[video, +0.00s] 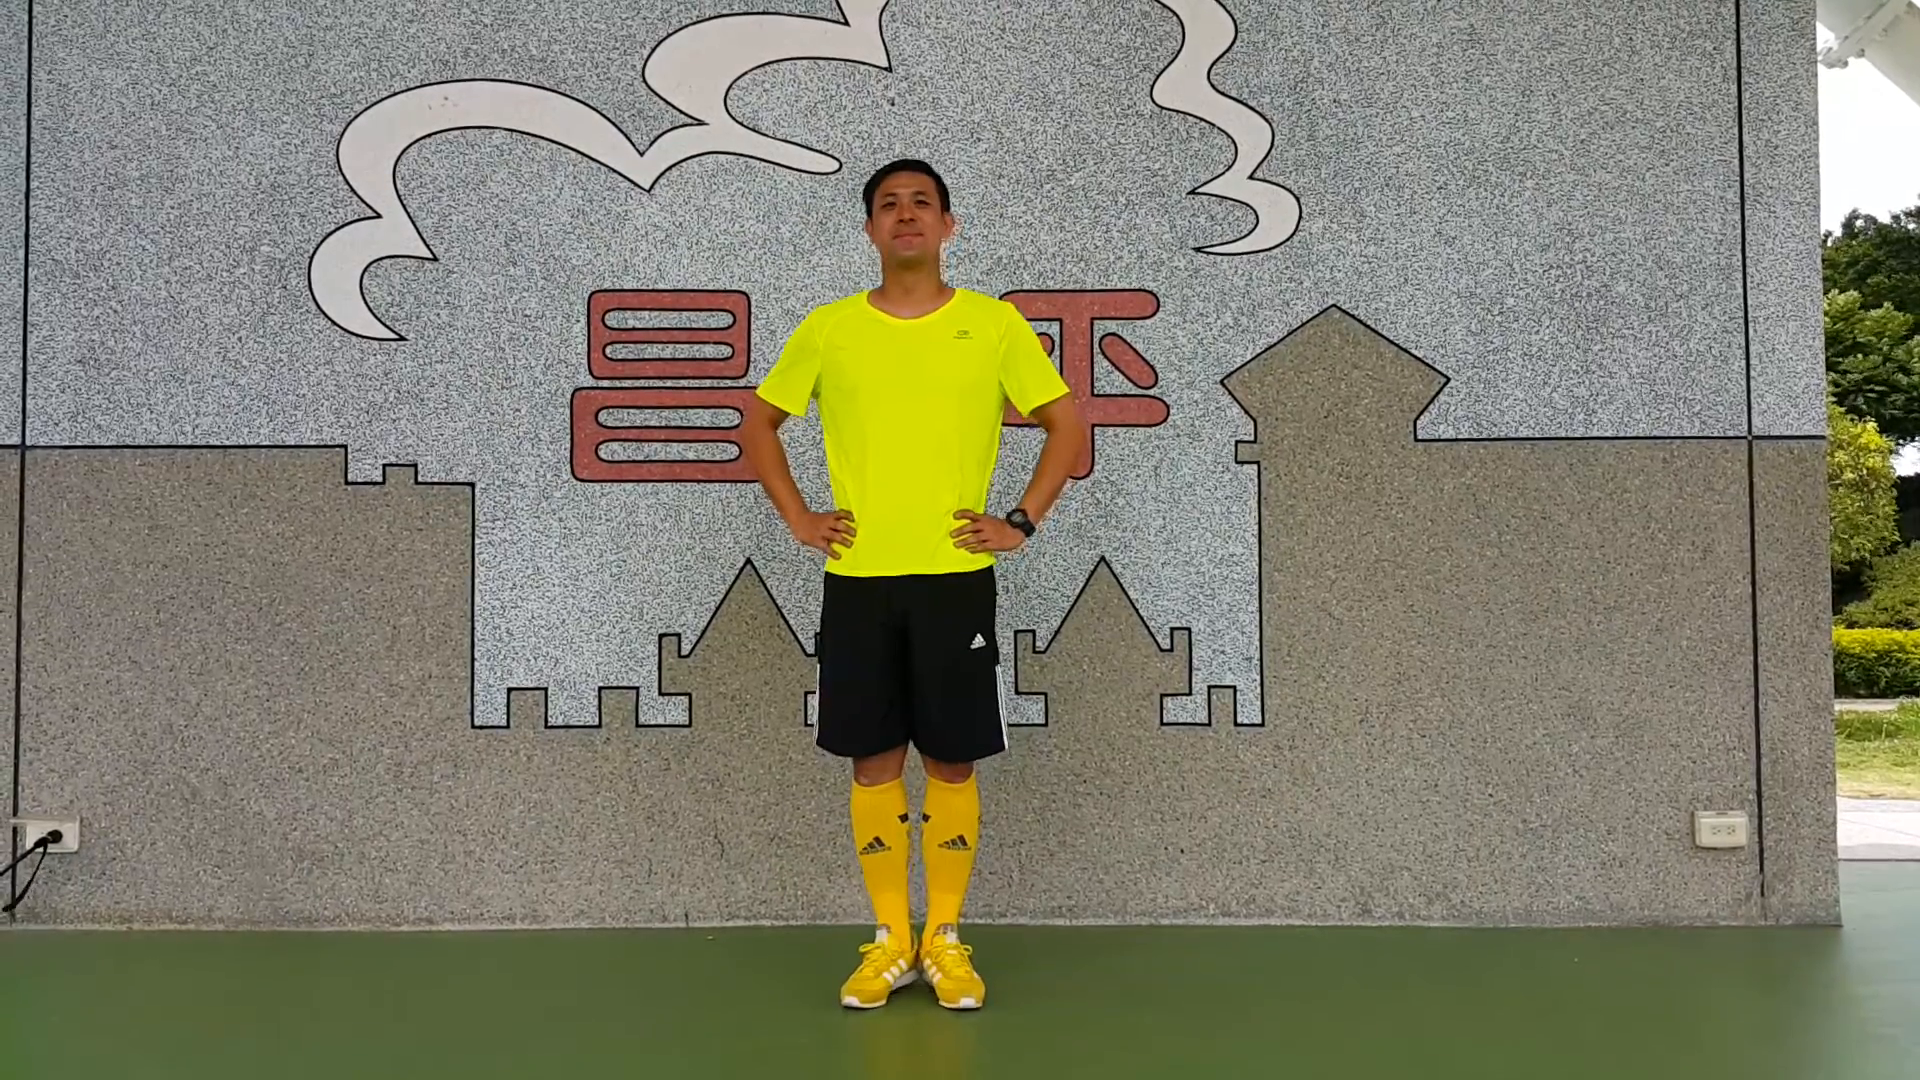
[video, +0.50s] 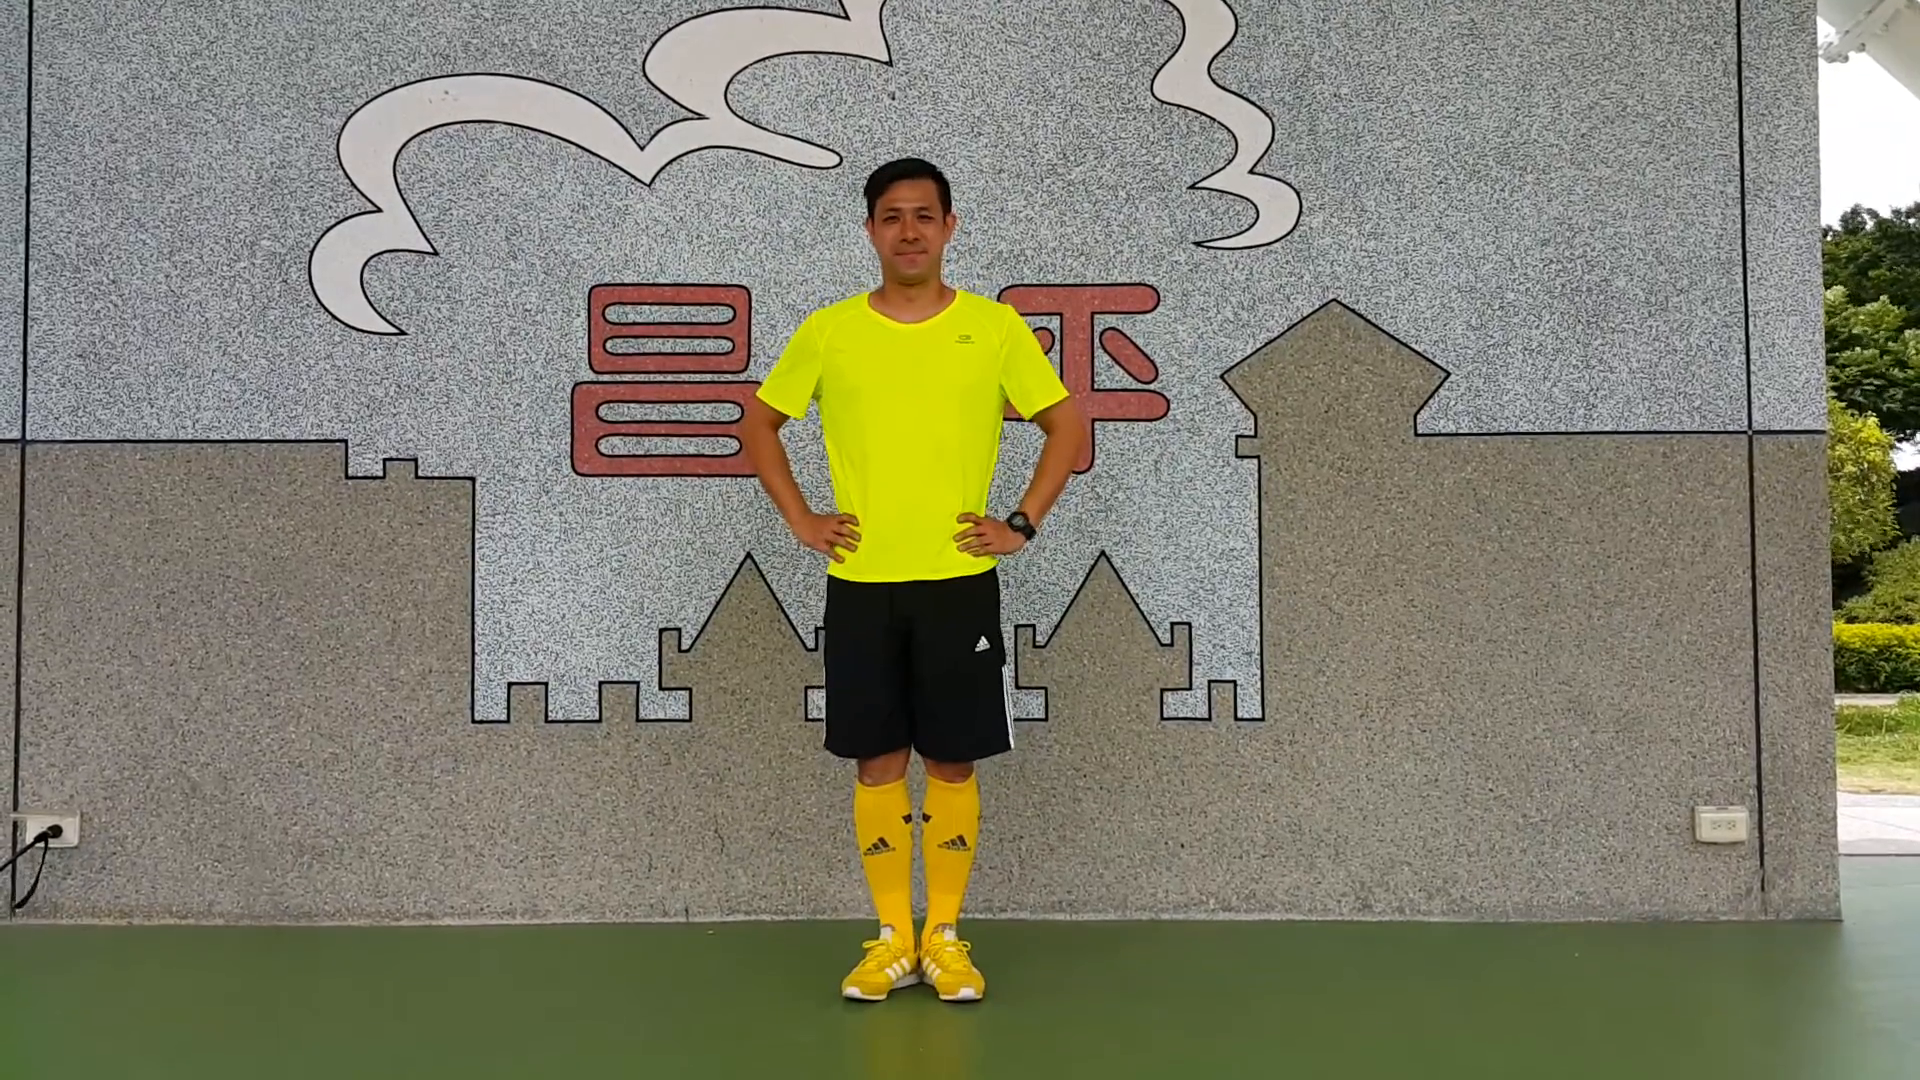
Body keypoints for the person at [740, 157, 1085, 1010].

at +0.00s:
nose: (906, 215)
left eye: (921, 203)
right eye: (890, 205)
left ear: (949, 228)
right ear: (869, 232)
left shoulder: (994, 323)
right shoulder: (830, 326)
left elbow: (1069, 427)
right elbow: (756, 422)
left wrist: (1022, 522)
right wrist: (797, 516)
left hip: (957, 575)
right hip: (861, 574)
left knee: (950, 757)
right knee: (875, 757)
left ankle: (943, 938)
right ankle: (892, 939)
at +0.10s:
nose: (907, 212)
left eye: (922, 200)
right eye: (891, 202)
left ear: (949, 223)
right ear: (869, 227)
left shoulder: (994, 319)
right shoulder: (828, 323)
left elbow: (1071, 420)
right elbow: (756, 422)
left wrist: (1022, 518)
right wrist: (798, 512)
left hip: (957, 571)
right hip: (860, 571)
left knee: (950, 754)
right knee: (875, 754)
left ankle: (943, 935)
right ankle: (891, 937)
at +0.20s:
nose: (906, 218)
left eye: (921, 205)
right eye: (889, 207)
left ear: (948, 224)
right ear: (869, 229)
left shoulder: (994, 324)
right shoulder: (829, 326)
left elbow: (1070, 424)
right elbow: (756, 422)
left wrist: (1021, 520)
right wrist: (797, 515)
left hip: (956, 575)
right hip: (859, 574)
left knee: (950, 758)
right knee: (877, 757)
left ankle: (942, 937)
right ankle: (894, 940)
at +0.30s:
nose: (905, 229)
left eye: (921, 214)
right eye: (889, 215)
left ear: (947, 227)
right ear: (869, 232)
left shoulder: (992, 326)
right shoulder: (829, 329)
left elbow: (1069, 425)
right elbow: (757, 426)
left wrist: (1021, 523)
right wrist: (800, 518)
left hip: (958, 576)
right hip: (862, 576)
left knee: (951, 758)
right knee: (878, 757)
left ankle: (942, 937)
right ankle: (894, 940)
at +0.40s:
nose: (906, 231)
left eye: (922, 216)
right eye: (890, 217)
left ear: (947, 229)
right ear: (869, 232)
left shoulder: (993, 325)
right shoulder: (830, 329)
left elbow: (1070, 423)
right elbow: (756, 424)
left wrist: (1023, 521)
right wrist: (800, 517)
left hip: (958, 577)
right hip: (861, 578)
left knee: (950, 759)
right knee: (877, 758)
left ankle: (942, 938)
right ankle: (894, 940)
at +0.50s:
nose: (908, 231)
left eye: (924, 216)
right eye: (892, 217)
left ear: (948, 229)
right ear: (871, 232)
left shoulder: (994, 326)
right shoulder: (829, 330)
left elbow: (1069, 427)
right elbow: (757, 426)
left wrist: (1022, 522)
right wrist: (801, 517)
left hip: (958, 575)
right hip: (862, 577)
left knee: (951, 758)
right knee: (878, 757)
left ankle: (942, 938)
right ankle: (894, 940)